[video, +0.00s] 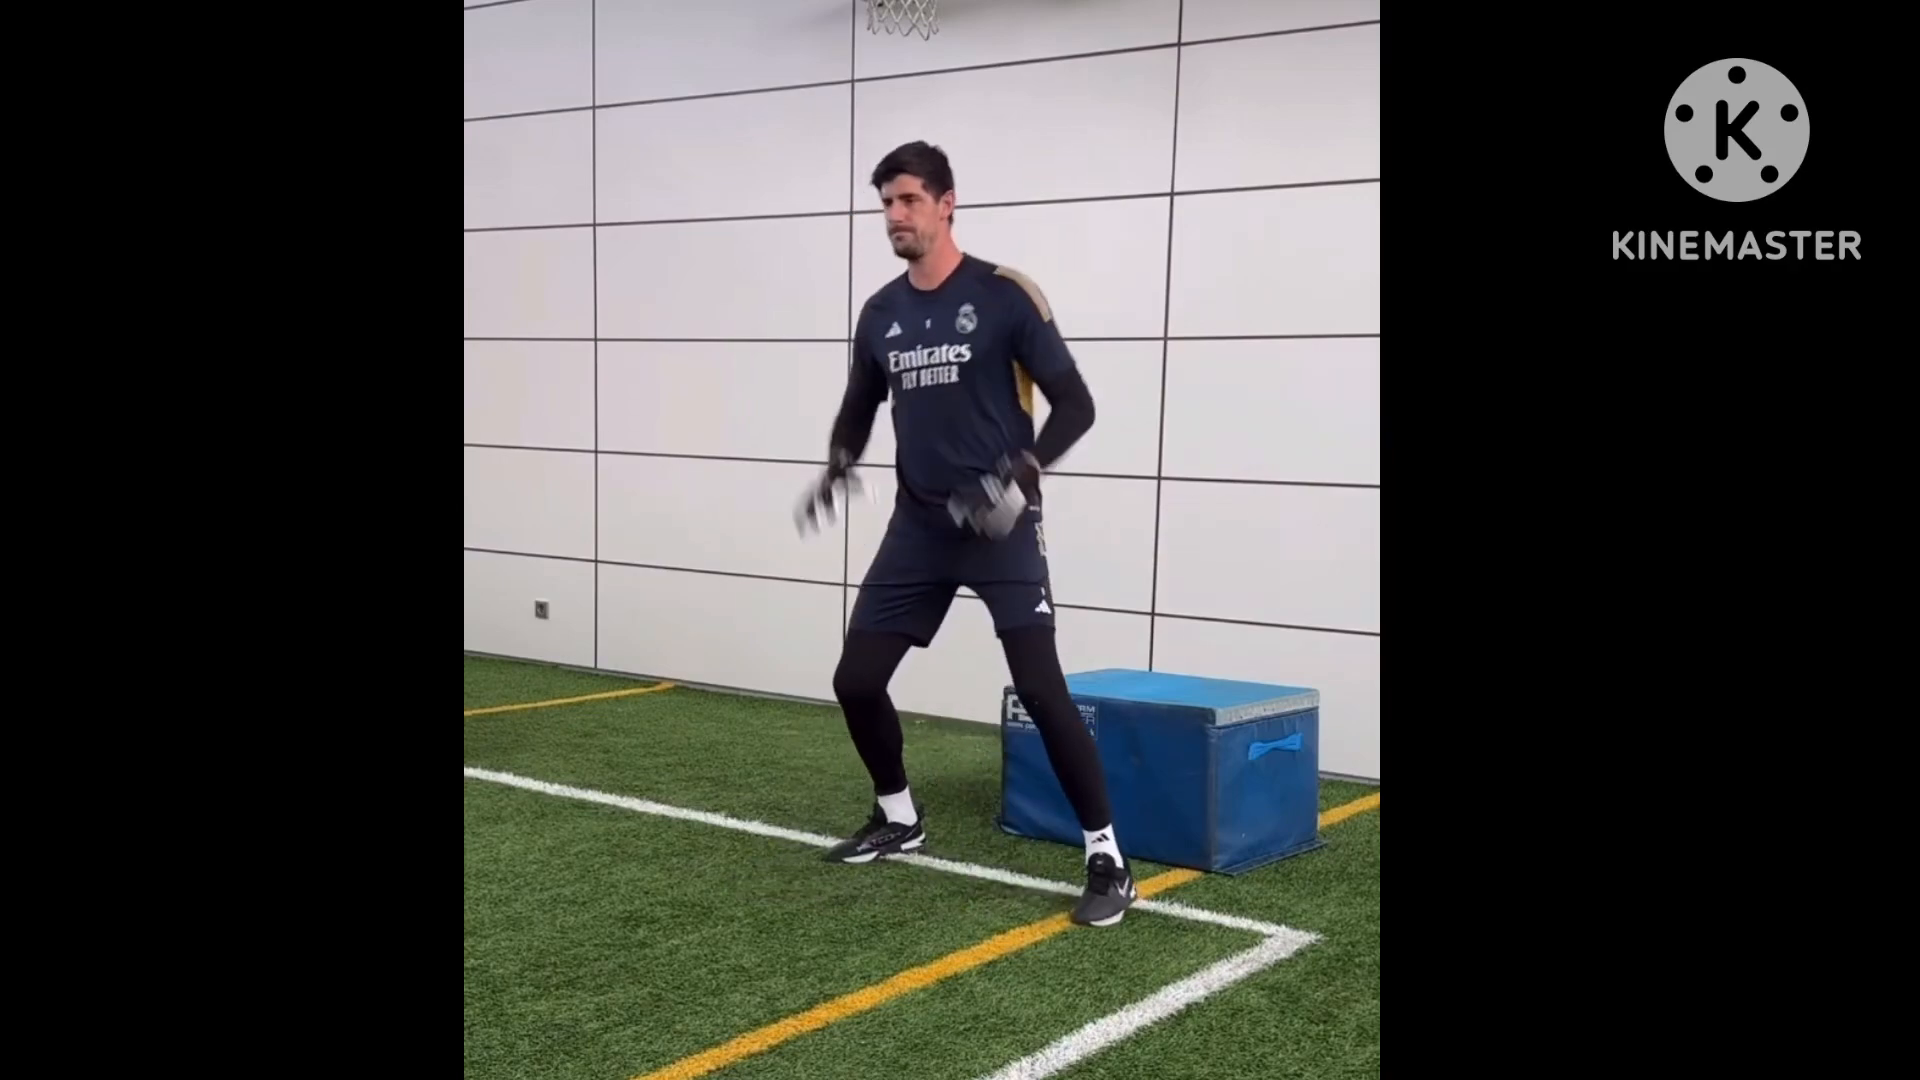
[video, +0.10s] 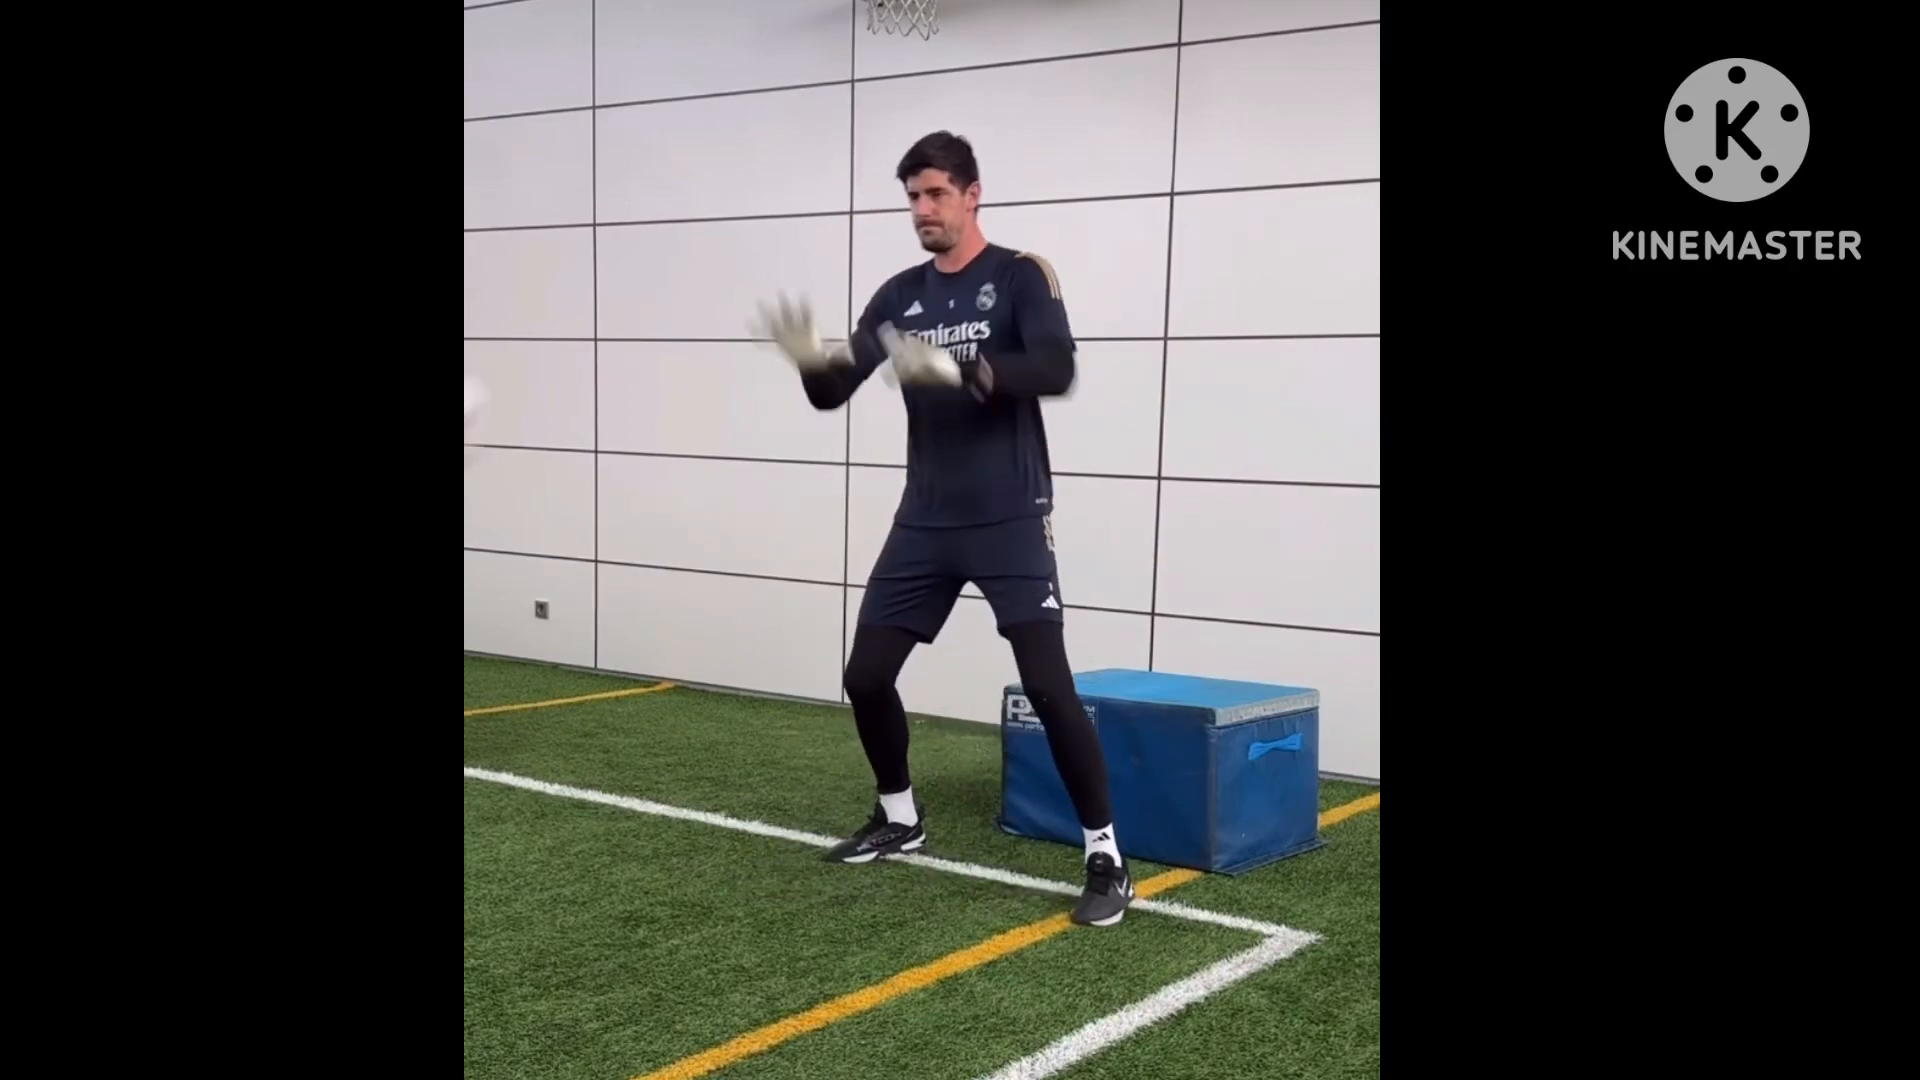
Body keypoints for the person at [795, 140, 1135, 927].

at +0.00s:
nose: (894, 216)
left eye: (908, 201)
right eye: (886, 204)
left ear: (946, 204)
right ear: (883, 213)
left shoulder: (1007, 296)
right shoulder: (880, 314)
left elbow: (1076, 406)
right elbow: (859, 404)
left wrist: (1024, 473)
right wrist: (838, 465)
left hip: (1002, 522)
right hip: (918, 523)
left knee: (1040, 687)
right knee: (858, 680)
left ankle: (1105, 856)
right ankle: (898, 819)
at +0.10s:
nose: (922, 209)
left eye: (934, 194)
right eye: (913, 197)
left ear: (972, 194)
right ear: (908, 205)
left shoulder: (1020, 278)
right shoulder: (899, 296)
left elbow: (1055, 370)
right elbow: (831, 393)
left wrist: (964, 372)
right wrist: (816, 365)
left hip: (1010, 522)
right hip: (924, 523)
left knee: (1049, 687)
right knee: (866, 678)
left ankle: (1104, 854)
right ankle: (900, 818)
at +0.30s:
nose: (938, 197)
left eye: (952, 181)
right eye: (931, 185)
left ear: (992, 184)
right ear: (932, 194)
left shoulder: (1029, 264)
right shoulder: (934, 284)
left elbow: (985, 372)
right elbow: (912, 400)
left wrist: (893, 347)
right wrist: (854, 373)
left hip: (1015, 507)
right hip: (936, 506)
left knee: (1049, 685)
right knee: (888, 672)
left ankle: (1104, 854)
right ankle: (905, 823)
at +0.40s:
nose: (922, 199)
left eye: (936, 183)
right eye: (916, 187)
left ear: (977, 189)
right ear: (918, 197)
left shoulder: (1005, 270)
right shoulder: (942, 286)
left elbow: (988, 398)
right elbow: (957, 399)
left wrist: (893, 401)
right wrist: (885, 419)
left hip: (1021, 507)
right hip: (952, 507)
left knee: (1046, 682)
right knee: (893, 664)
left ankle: (1105, 855)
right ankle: (904, 823)